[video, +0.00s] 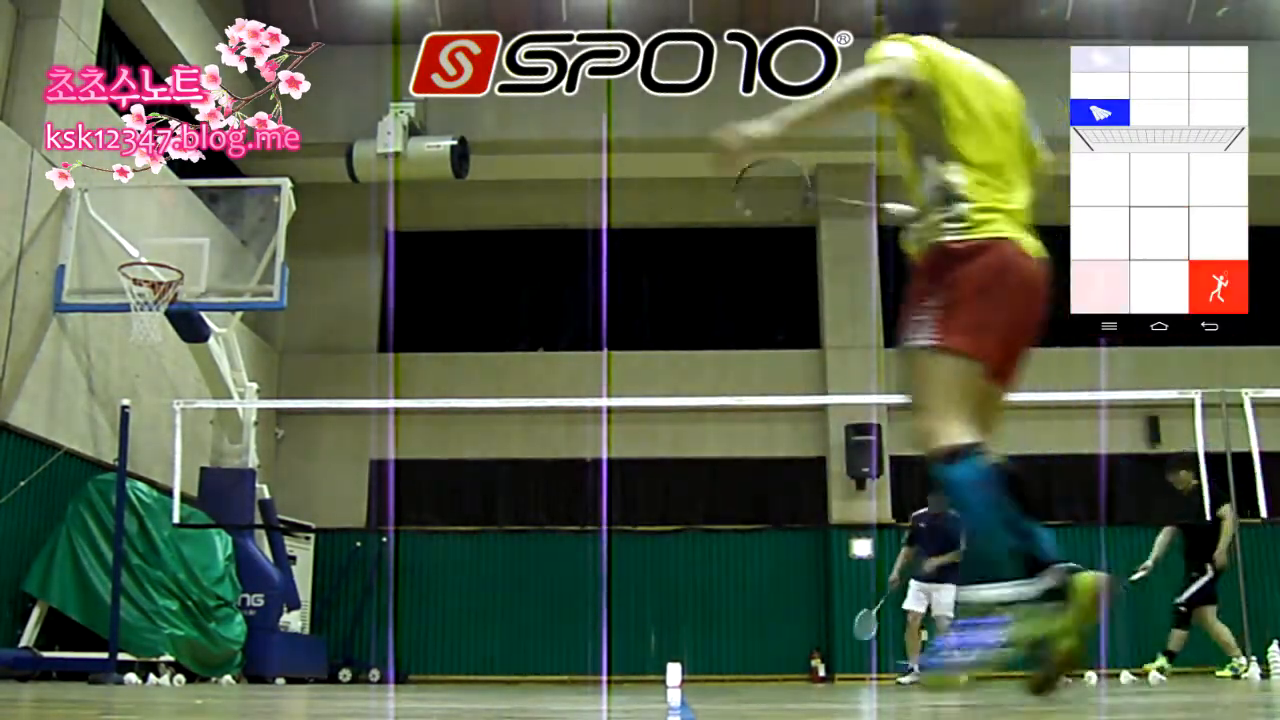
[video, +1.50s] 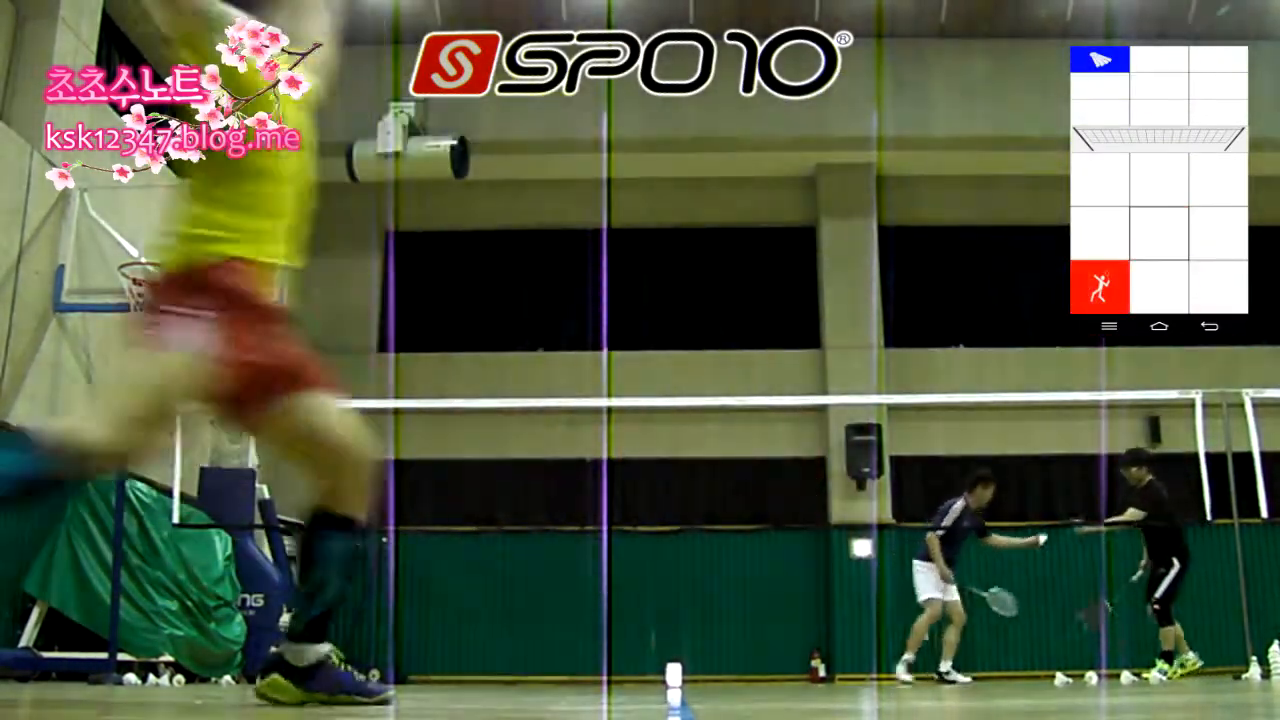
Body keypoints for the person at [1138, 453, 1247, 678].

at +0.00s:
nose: (1175, 485)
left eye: (1176, 480)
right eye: (1173, 482)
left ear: (1187, 473)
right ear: (1179, 478)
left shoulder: (1209, 492)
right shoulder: (1182, 501)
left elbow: (1229, 518)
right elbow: (1168, 531)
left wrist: (1221, 549)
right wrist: (1151, 561)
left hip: (1210, 564)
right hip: (1193, 566)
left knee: (1182, 606)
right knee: (1207, 618)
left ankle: (1166, 660)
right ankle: (1239, 659)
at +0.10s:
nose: (1160, 488)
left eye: (1163, 483)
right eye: (1159, 484)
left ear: (1178, 480)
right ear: (1164, 485)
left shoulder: (1197, 500)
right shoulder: (1169, 507)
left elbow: (1217, 527)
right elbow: (1157, 537)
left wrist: (1205, 558)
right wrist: (1141, 563)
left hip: (1197, 571)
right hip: (1181, 573)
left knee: (1171, 610)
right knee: (1191, 626)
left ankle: (1158, 666)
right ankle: (1234, 657)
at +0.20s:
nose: (1151, 496)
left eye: (1153, 491)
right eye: (1149, 493)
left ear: (1166, 487)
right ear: (1150, 492)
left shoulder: (1185, 504)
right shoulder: (1158, 511)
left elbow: (1202, 534)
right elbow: (1149, 543)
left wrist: (1186, 562)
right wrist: (1136, 569)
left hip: (1197, 567)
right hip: (1176, 568)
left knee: (1172, 611)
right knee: (1168, 617)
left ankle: (1159, 666)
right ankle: (1211, 647)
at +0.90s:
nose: (1161, 471)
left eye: (1165, 465)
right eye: (1158, 467)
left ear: (1178, 466)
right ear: (1157, 470)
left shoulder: (1194, 490)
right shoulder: (1165, 498)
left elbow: (1202, 522)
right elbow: (1160, 533)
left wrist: (1172, 538)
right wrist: (1159, 567)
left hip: (1198, 555)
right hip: (1176, 556)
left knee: (1187, 603)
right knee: (1191, 609)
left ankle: (1188, 657)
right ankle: (1209, 660)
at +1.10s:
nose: (1155, 475)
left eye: (1158, 470)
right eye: (1153, 471)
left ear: (1171, 469)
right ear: (1153, 472)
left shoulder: (1186, 491)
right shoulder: (1160, 496)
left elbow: (1182, 523)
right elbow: (1158, 535)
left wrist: (1151, 531)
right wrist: (1158, 569)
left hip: (1192, 557)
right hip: (1172, 560)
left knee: (1182, 605)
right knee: (1191, 611)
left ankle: (1178, 659)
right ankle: (1208, 660)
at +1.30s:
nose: (1140, 482)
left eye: (1142, 476)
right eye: (1138, 478)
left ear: (1155, 472)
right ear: (1144, 475)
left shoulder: (1172, 493)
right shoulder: (1150, 496)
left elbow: (1158, 523)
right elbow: (1152, 533)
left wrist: (1122, 530)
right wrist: (1151, 564)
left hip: (1181, 557)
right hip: (1163, 559)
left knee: (1170, 607)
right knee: (1183, 615)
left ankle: (1167, 662)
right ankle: (1207, 660)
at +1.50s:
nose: (1126, 475)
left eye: (1129, 470)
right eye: (1124, 471)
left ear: (1141, 468)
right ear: (1134, 471)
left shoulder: (1153, 490)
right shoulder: (1140, 490)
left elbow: (1131, 517)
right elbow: (1150, 531)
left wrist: (1097, 525)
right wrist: (1146, 558)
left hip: (1175, 556)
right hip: (1159, 557)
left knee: (1159, 604)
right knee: (1157, 605)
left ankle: (1166, 662)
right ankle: (1187, 655)